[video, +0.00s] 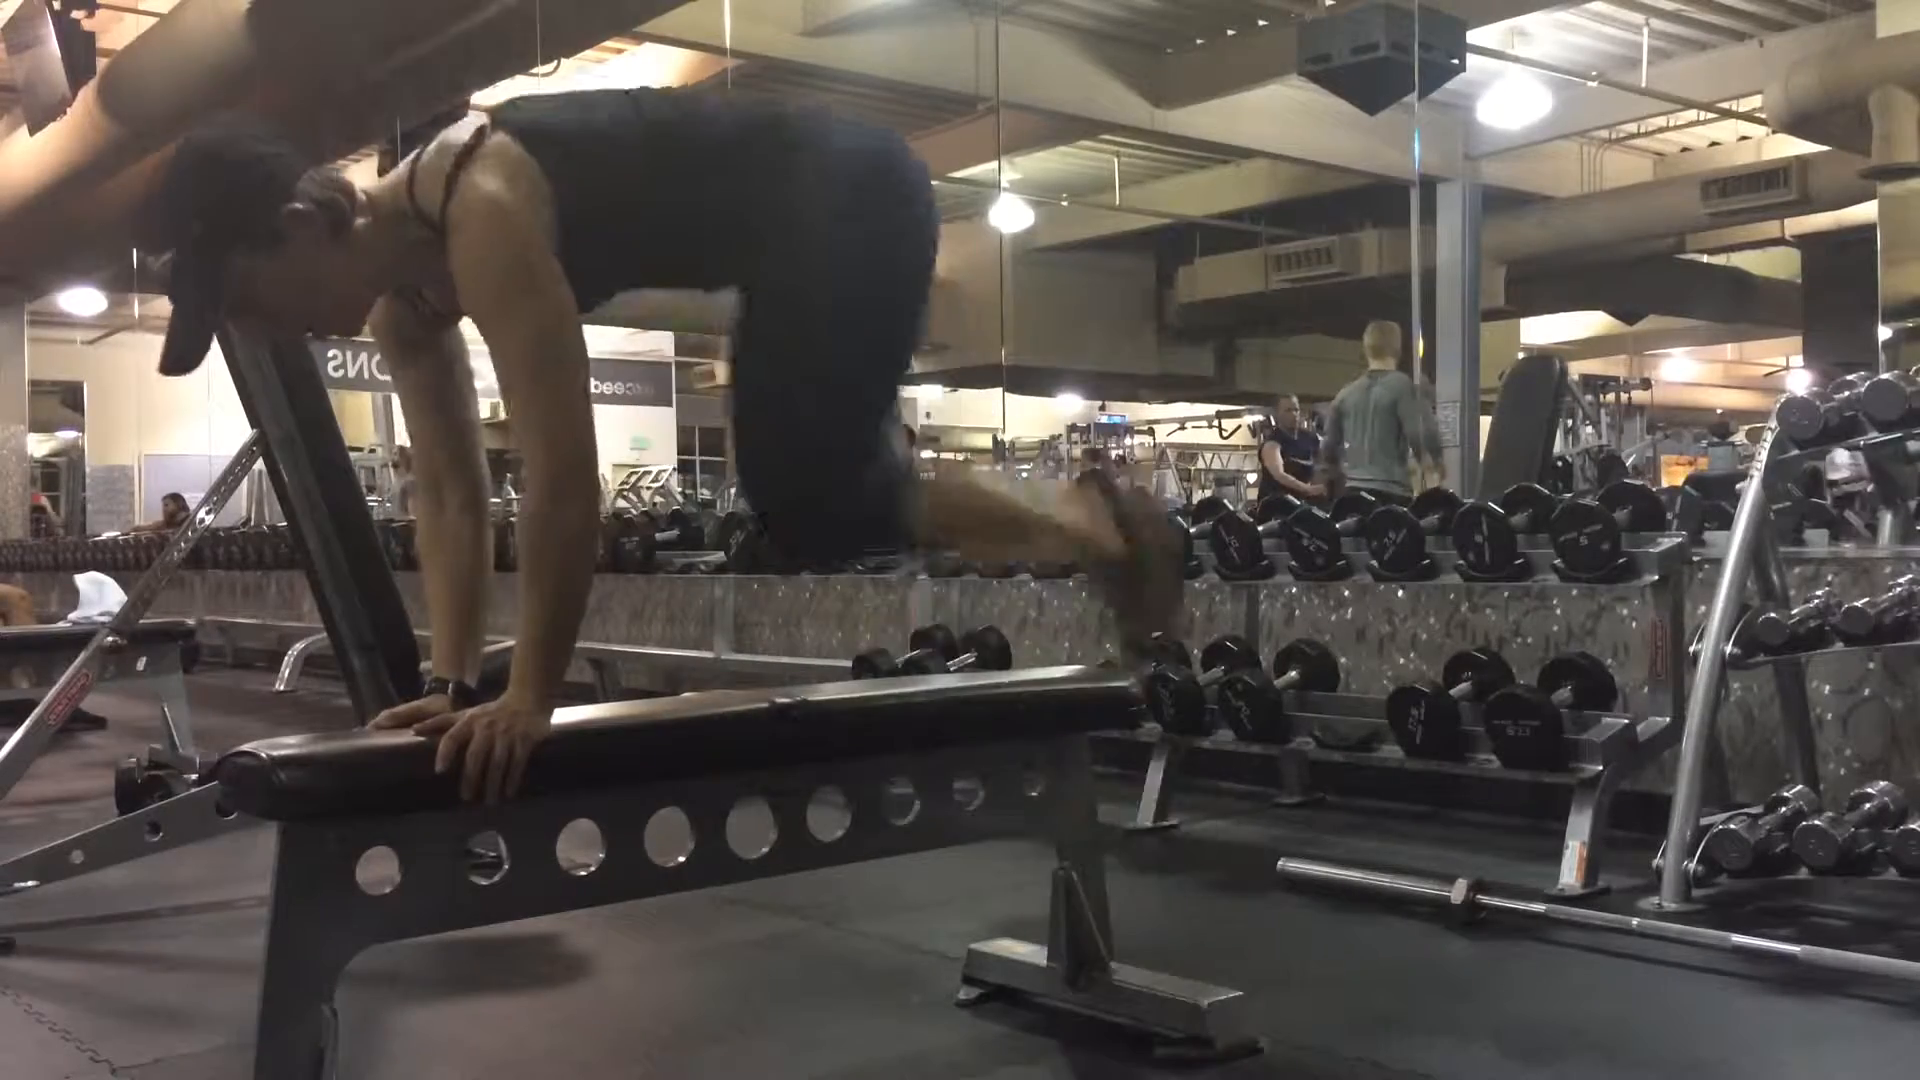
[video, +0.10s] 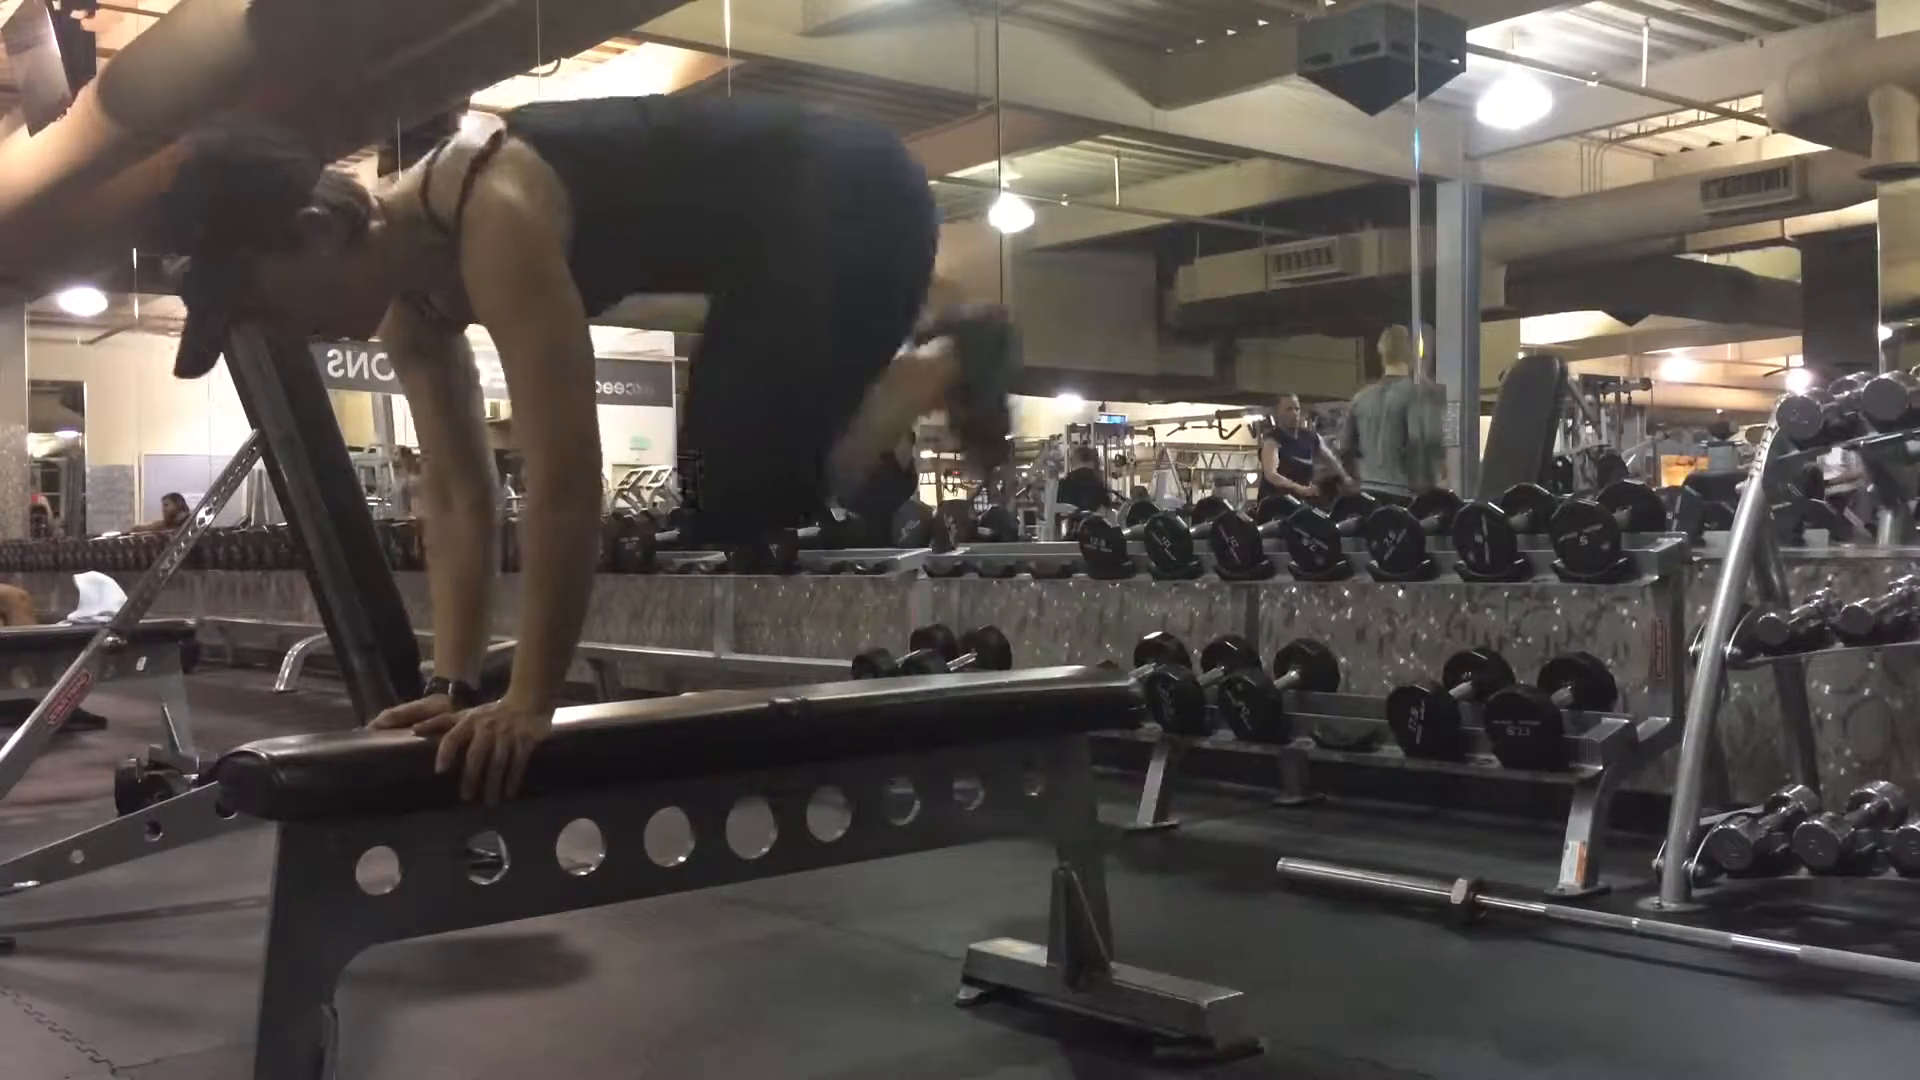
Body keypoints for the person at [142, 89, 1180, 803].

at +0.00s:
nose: (281, 331)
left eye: (261, 304)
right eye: (255, 321)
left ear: (296, 225)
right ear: (294, 229)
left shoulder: (488, 213)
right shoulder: (397, 289)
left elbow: (566, 484)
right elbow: (445, 482)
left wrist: (529, 695)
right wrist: (449, 675)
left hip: (849, 192)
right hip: (785, 230)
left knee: (822, 503)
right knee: (805, 509)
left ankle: (1107, 537)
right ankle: (1097, 531)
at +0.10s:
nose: (294, 340)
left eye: (274, 313)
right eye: (268, 329)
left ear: (316, 231)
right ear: (303, 241)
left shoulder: (500, 216)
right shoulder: (409, 288)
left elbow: (566, 481)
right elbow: (451, 489)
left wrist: (526, 704)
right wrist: (451, 681)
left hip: (847, 198)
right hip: (772, 233)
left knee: (754, 500)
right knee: (728, 500)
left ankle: (943, 365)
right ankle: (930, 371)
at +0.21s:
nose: (288, 327)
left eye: (270, 299)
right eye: (265, 316)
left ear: (319, 217)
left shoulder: (503, 222)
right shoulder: (412, 296)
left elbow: (564, 481)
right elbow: (454, 485)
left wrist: (528, 700)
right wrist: (451, 681)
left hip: (840, 234)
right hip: (749, 262)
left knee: (701, 500)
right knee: (675, 500)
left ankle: (879, 533)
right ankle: (871, 516)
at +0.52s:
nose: (370, 308)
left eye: (370, 273)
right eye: (353, 288)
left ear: (440, 213)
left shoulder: (605, 285)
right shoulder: (457, 322)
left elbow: (677, 531)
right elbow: (476, 506)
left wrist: (540, 701)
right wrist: (457, 681)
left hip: (774, 522)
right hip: (680, 525)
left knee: (673, 738)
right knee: (627, 744)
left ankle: (821, 930)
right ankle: (756, 940)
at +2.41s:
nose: (264, 336)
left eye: (245, 314)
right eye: (242, 328)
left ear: (284, 230)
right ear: (286, 231)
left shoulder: (460, 207)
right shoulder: (394, 280)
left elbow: (549, 468)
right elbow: (444, 483)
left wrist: (527, 691)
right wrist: (451, 675)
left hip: (822, 184)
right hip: (754, 238)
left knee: (798, 487)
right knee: (765, 512)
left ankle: (1079, 455)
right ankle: (1049, 465)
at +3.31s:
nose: (252, 327)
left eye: (243, 293)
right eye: (230, 312)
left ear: (301, 220)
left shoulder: (499, 246)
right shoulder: (348, 333)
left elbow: (615, 490)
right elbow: (414, 500)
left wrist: (535, 693)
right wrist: (445, 683)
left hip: (703, 433)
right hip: (583, 450)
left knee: (632, 686)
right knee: (561, 691)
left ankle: (687, 900)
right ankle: (624, 900)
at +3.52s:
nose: (228, 337)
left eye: (217, 308)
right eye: (206, 326)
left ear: (274, 227)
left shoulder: (456, 241)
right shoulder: (317, 329)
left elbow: (589, 482)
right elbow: (400, 506)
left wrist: (531, 692)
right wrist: (442, 681)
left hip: (708, 390)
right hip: (604, 417)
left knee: (673, 655)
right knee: (610, 655)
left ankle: (695, 851)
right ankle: (613, 861)